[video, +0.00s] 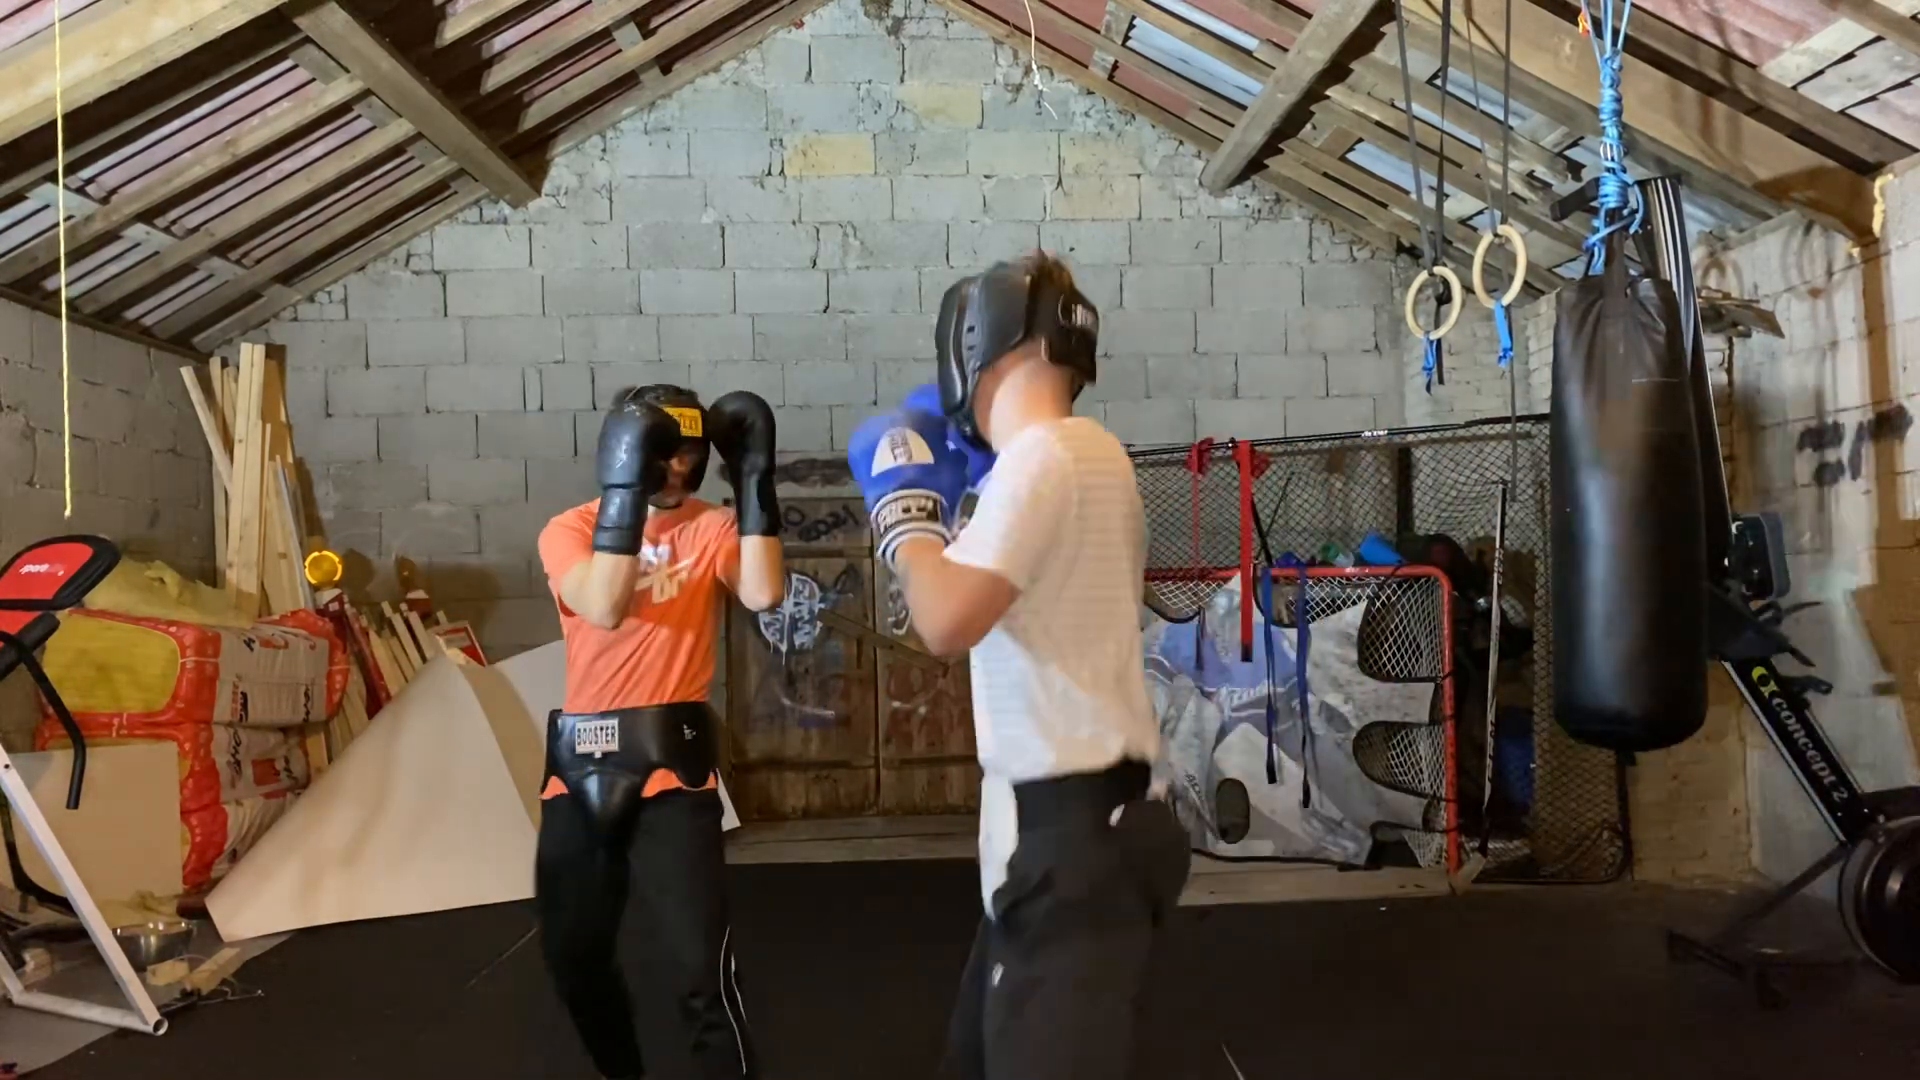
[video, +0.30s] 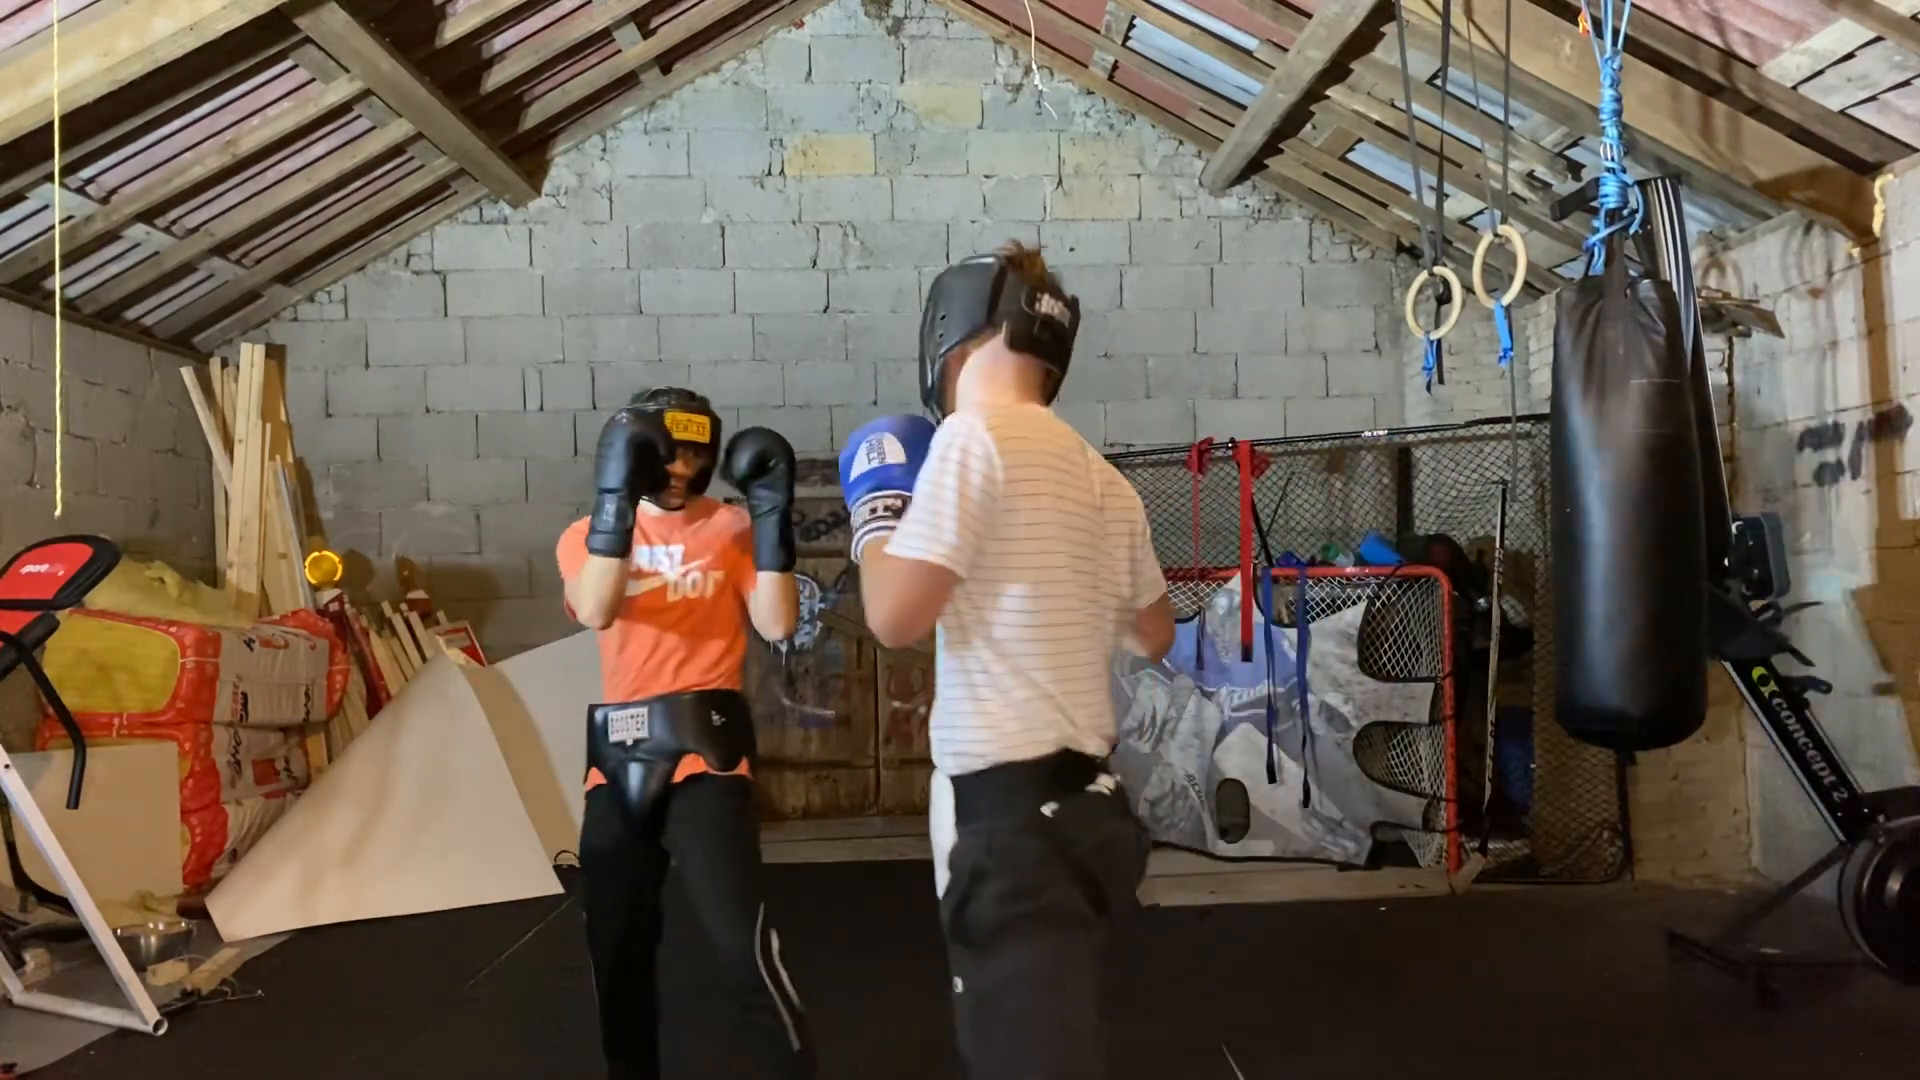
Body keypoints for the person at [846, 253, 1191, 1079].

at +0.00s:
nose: (953, 368)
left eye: (958, 345)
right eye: (952, 349)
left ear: (985, 343)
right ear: (1060, 348)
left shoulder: (1043, 461)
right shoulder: (1099, 456)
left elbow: (947, 620)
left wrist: (906, 513)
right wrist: (956, 505)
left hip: (1070, 829)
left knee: (1046, 1060)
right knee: (982, 1050)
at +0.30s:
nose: (934, 353)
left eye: (939, 333)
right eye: (938, 335)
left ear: (956, 332)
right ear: (1051, 355)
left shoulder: (973, 441)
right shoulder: (1107, 480)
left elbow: (898, 615)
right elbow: (1153, 633)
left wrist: (873, 510)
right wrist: (1065, 561)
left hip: (1007, 810)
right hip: (1091, 803)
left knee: (1024, 1052)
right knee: (1063, 1049)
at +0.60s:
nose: (863, 391)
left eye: (868, 373)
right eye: (867, 376)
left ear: (887, 374)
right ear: (980, 393)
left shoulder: (892, 475)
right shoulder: (1050, 511)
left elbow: (831, 658)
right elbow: (1107, 675)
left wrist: (832, 525)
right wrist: (1007, 623)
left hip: (987, 848)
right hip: (1080, 832)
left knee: (919, 1064)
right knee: (1030, 1055)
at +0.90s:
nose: (756, 497)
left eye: (760, 471)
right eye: (756, 471)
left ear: (786, 468)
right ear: (879, 467)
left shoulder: (803, 589)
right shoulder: (970, 565)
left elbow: (760, 782)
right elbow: (1062, 685)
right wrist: (965, 664)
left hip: (943, 947)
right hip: (1057, 918)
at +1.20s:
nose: (712, 398)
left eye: (717, 375)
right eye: (714, 377)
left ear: (736, 379)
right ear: (832, 379)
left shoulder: (749, 506)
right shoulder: (914, 496)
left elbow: (683, 686)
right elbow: (990, 616)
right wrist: (903, 570)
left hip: (834, 855)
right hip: (941, 836)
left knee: (854, 1061)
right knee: (905, 1052)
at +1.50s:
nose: (561, 556)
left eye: (558, 541)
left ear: (579, 549)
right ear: (671, 502)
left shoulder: (622, 645)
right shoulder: (789, 565)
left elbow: (630, 811)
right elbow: (915, 624)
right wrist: (826, 662)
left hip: (817, 925)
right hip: (922, 881)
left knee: (679, 1069)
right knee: (887, 1069)